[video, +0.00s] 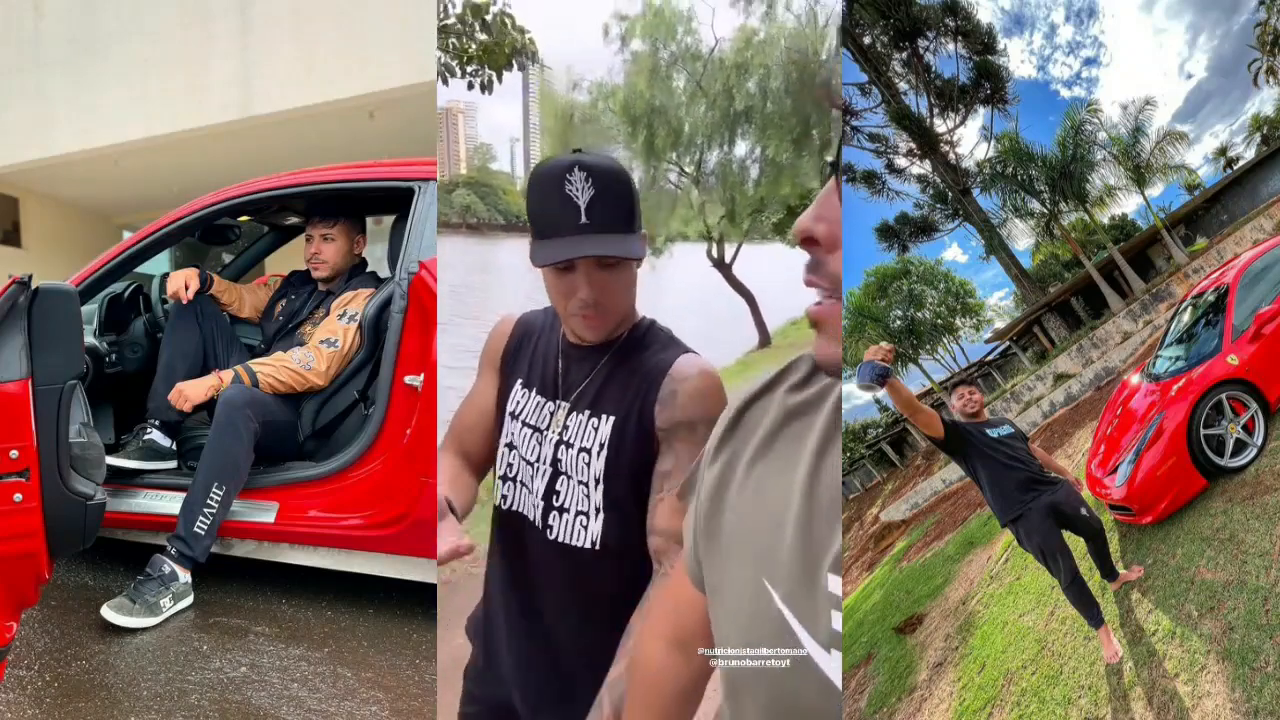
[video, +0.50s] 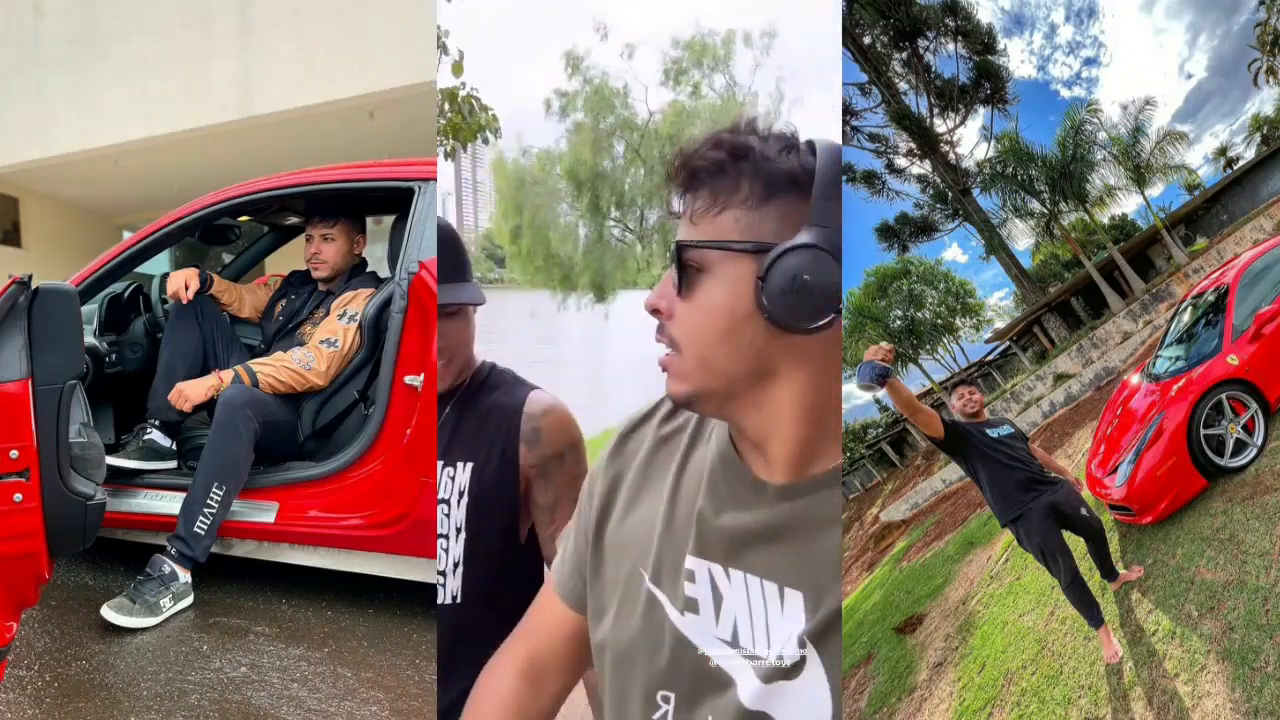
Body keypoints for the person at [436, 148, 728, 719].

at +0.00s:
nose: (585, 289)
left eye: (608, 264)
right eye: (564, 266)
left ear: (640, 257)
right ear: (539, 264)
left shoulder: (682, 386)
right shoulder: (515, 342)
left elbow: (677, 561)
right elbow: (462, 454)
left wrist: (615, 706)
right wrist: (444, 512)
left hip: (604, 690)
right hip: (500, 670)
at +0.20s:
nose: (538, 304)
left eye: (558, 277)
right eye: (514, 280)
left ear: (588, 273)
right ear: (489, 281)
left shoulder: (633, 400)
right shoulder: (463, 364)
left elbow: (634, 580)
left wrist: (581, 709)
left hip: (564, 697)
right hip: (464, 684)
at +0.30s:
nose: (501, 314)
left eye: (521, 284)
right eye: (476, 291)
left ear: (549, 281)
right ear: (451, 293)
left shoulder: (598, 402)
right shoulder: (438, 374)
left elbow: (611, 576)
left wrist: (590, 707)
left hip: (552, 696)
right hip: (459, 685)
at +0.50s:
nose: (431, 336)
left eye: (448, 313)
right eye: (417, 314)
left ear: (474, 310)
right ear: (393, 319)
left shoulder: (532, 424)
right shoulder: (377, 415)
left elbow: (581, 607)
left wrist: (607, 707)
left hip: (481, 699)